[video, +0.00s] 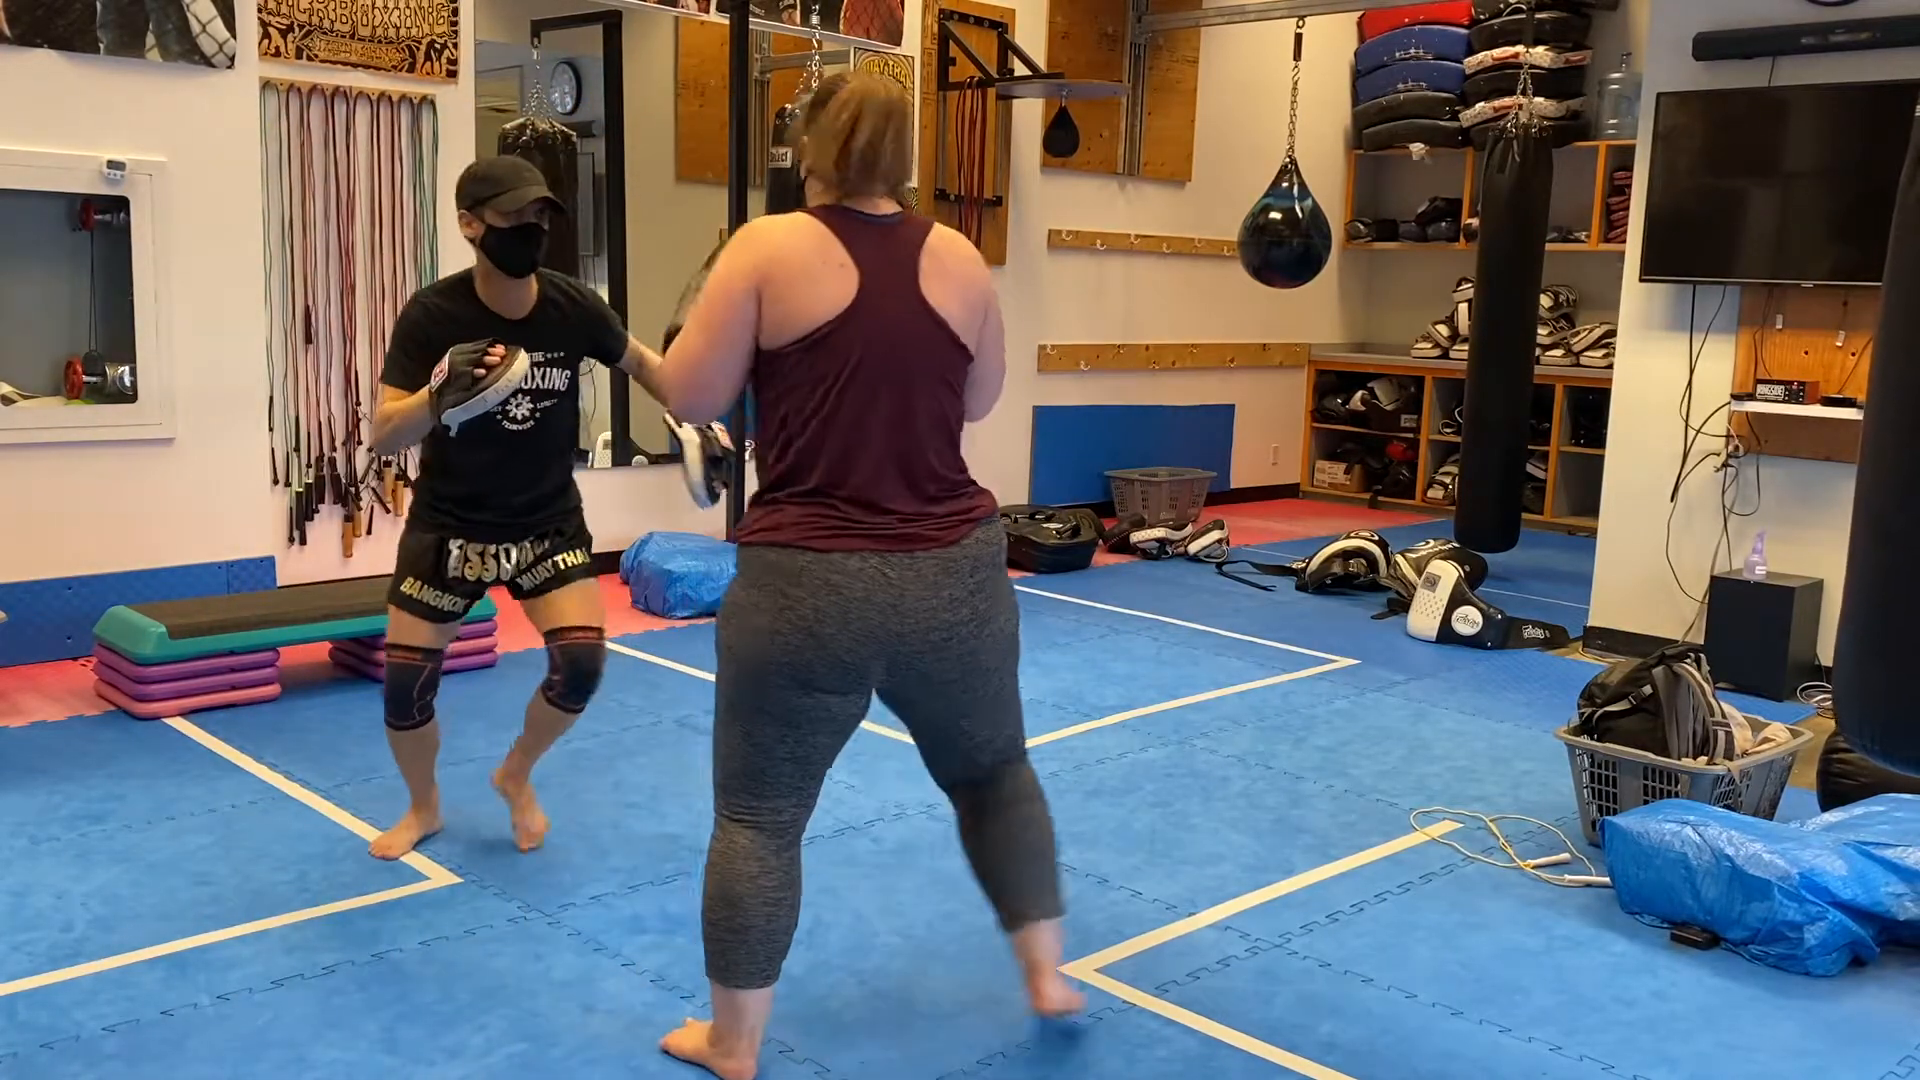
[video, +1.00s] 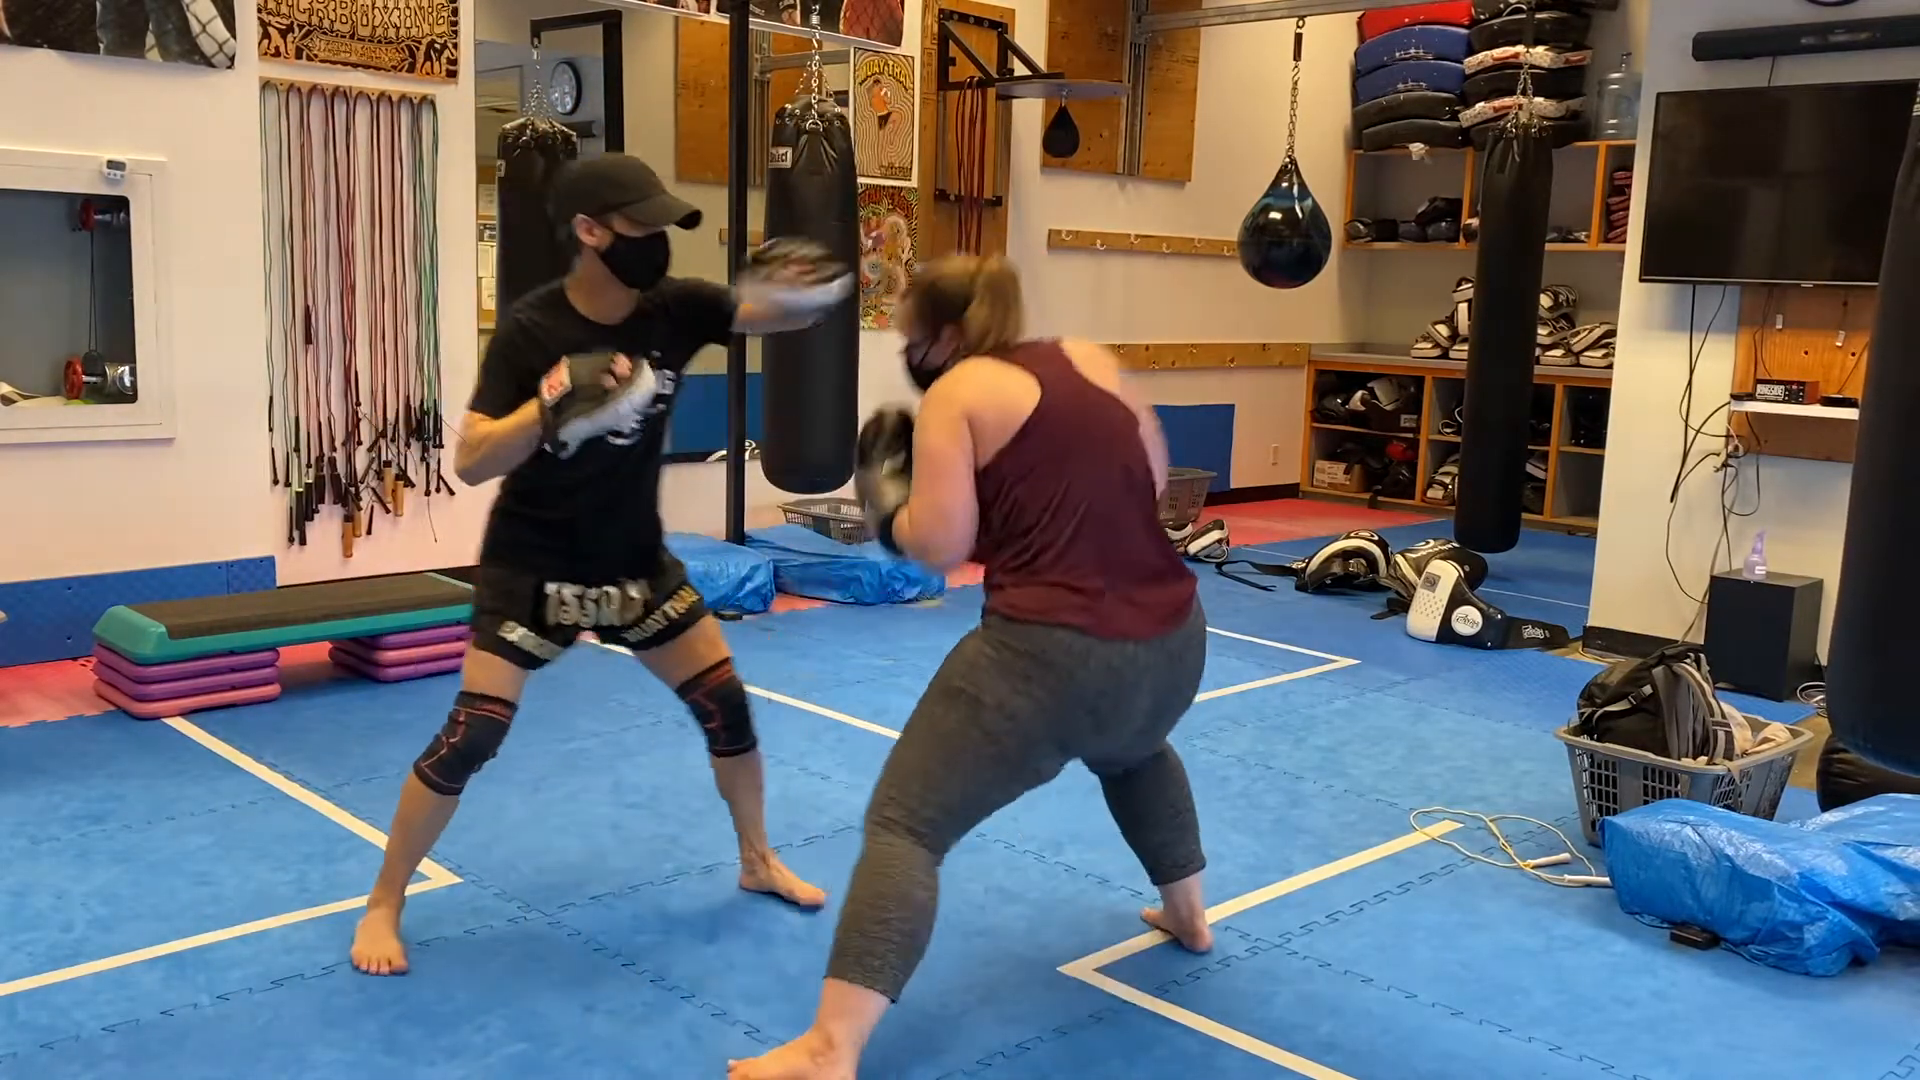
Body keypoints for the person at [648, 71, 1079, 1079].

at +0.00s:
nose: (800, 147)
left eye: (809, 133)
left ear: (815, 145)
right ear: (907, 150)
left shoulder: (763, 249)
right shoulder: (959, 259)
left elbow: (691, 393)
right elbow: (980, 396)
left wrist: (644, 346)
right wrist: (877, 353)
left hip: (803, 592)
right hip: (953, 590)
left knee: (759, 819)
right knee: (991, 768)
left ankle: (735, 1043)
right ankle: (1048, 980)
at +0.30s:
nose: (878, 193)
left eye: (881, 177)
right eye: (879, 178)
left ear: (908, 179)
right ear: (992, 175)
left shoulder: (894, 278)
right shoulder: (1052, 273)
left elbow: (837, 436)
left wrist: (804, 337)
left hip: (925, 594)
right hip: (1061, 575)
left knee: (815, 806)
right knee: (1067, 795)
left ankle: (758, 1030)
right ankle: (1115, 1002)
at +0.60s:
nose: (809, 276)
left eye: (812, 257)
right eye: (805, 257)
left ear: (841, 256)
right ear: (918, 247)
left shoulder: (853, 346)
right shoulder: (988, 311)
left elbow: (797, 503)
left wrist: (762, 425)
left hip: (969, 638)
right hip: (1098, 623)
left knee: (825, 817)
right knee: (1067, 741)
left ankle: (823, 1055)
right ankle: (1136, 931)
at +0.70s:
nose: (802, 356)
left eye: (803, 339)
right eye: (800, 339)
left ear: (827, 338)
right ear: (888, 317)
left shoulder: (865, 410)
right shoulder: (973, 359)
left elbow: (847, 572)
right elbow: (1023, 349)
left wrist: (785, 507)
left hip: (1003, 672)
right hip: (1121, 651)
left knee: (819, 814)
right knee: (1093, 755)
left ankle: (823, 1055)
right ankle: (1171, 906)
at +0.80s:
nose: (829, 416)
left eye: (833, 401)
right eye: (824, 402)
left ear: (863, 392)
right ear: (909, 370)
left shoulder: (900, 451)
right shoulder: (984, 409)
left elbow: (918, 605)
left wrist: (837, 575)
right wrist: (859, 522)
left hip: (1035, 697)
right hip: (1148, 678)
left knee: (834, 820)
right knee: (1104, 764)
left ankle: (825, 1054)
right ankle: (1185, 914)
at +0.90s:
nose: (870, 417)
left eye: (874, 400)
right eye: (865, 401)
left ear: (911, 389)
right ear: (967, 370)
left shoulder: (932, 445)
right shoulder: (1047, 411)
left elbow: (947, 597)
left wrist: (875, 577)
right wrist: (907, 531)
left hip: (1041, 693)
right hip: (1165, 681)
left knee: (861, 824)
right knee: (1118, 755)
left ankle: (828, 1051)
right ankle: (1187, 915)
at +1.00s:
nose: (906, 349)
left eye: (910, 333)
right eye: (904, 334)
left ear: (944, 331)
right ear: (1000, 318)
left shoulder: (955, 396)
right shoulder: (1093, 361)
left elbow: (940, 545)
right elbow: (1152, 475)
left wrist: (885, 496)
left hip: (1046, 653)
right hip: (1171, 644)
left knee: (906, 824)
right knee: (1130, 746)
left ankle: (833, 1045)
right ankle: (1188, 912)